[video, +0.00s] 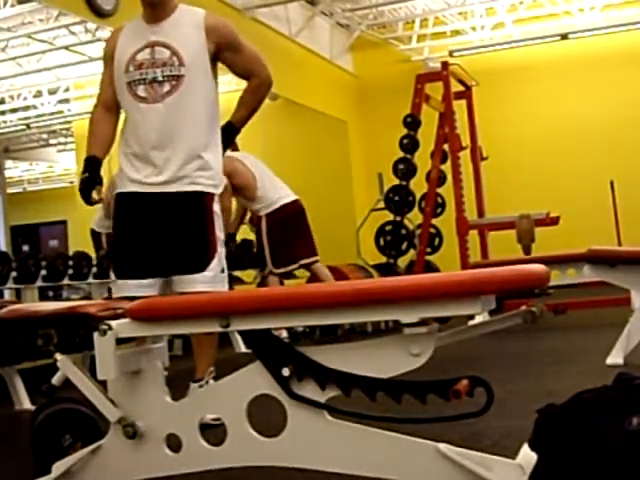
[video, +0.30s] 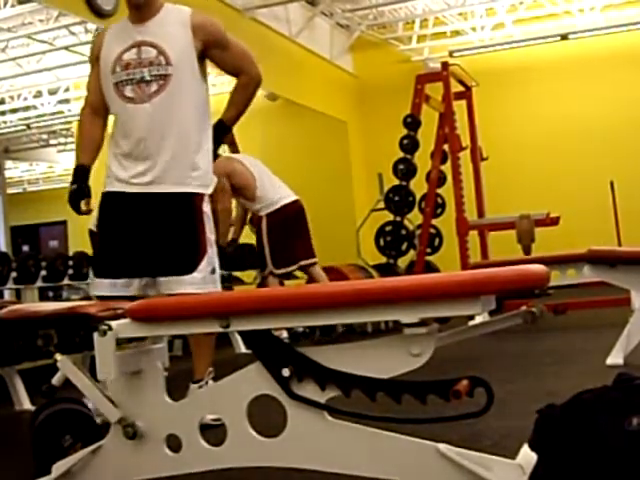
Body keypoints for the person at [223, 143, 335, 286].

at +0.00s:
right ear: (229, 143)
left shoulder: (223, 165)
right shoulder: (243, 157)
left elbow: (225, 206)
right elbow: (242, 203)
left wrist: (226, 233)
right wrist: (232, 233)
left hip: (270, 214)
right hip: (293, 204)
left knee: (270, 272)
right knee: (311, 262)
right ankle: (340, 299)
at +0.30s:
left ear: (203, 159)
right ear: (214, 151)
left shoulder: (219, 167)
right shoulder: (240, 159)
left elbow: (223, 209)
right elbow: (243, 206)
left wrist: (221, 242)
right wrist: (234, 239)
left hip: (271, 214)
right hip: (293, 205)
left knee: (270, 274)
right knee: (310, 264)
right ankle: (334, 300)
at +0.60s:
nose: (222, 155)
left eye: (220, 152)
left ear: (222, 150)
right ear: (238, 140)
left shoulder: (230, 162)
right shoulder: (262, 149)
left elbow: (225, 205)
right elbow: (270, 187)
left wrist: (220, 238)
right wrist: (254, 220)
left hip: (271, 215)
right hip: (296, 206)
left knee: (274, 276)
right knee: (309, 268)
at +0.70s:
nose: (228, 148)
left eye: (228, 144)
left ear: (231, 145)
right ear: (248, 136)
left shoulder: (234, 161)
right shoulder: (269, 146)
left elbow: (226, 203)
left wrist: (219, 234)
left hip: (271, 215)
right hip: (297, 208)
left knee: (275, 277)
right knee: (310, 269)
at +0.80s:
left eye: (247, 134)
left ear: (245, 135)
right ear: (264, 130)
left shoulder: (242, 157)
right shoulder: (287, 145)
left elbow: (233, 195)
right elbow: (301, 179)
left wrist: (225, 224)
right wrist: (295, 200)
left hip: (271, 217)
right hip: (299, 212)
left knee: (274, 279)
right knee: (312, 272)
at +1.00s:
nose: (286, 125)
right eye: (286, 121)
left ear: (268, 127)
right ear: (288, 123)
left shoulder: (258, 153)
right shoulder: (304, 144)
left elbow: (250, 192)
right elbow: (325, 180)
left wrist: (250, 222)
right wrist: (330, 206)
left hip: (276, 217)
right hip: (306, 214)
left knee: (279, 278)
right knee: (313, 274)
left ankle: (280, 329)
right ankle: (318, 326)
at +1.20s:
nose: (315, 121)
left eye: (314, 117)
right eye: (313, 117)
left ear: (291, 120)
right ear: (304, 118)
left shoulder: (276, 148)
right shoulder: (312, 141)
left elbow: (273, 190)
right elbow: (336, 176)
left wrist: (284, 214)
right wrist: (358, 206)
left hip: (292, 214)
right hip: (317, 210)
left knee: (293, 272)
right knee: (318, 273)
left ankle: (287, 324)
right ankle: (318, 327)